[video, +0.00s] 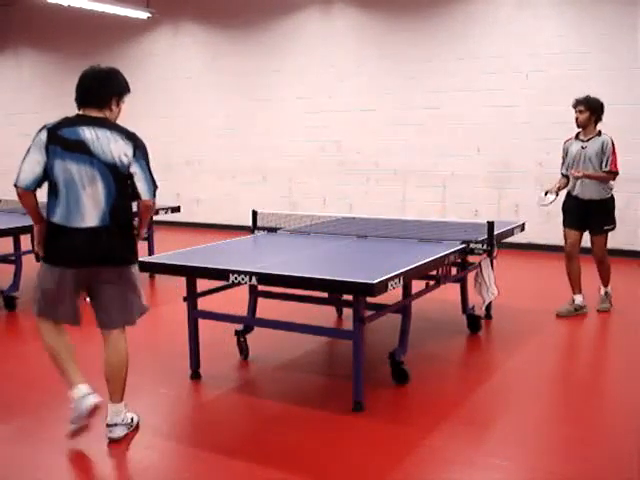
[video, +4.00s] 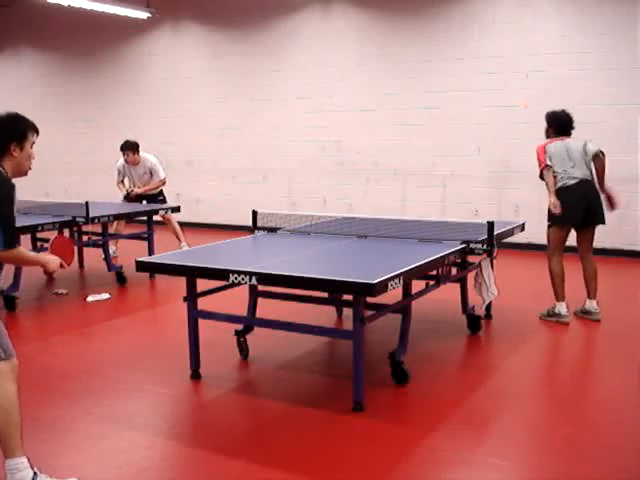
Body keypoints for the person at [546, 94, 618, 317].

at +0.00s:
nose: (576, 116)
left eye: (581, 112)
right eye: (575, 112)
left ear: (594, 115)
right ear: (575, 115)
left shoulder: (605, 142)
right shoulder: (569, 144)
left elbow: (611, 175)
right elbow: (566, 176)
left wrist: (585, 174)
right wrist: (556, 187)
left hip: (599, 202)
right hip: (574, 201)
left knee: (599, 254)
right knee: (570, 250)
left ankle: (605, 292)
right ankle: (577, 299)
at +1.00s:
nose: (588, 125)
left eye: (589, 119)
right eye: (587, 120)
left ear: (601, 116)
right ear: (606, 116)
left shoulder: (611, 137)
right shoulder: (626, 135)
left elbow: (612, 175)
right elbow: (626, 173)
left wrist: (593, 198)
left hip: (619, 201)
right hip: (634, 199)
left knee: (615, 261)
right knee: (630, 258)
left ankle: (621, 317)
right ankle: (634, 310)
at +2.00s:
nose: (565, 126)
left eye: (565, 121)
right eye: (564, 122)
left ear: (572, 120)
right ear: (586, 117)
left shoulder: (577, 139)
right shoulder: (603, 138)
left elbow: (574, 174)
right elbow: (593, 172)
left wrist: (556, 187)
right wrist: (563, 176)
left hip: (591, 198)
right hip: (613, 196)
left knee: (581, 258)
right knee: (600, 254)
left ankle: (584, 314)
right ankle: (603, 304)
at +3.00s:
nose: (538, 148)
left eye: (538, 144)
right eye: (537, 144)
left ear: (544, 143)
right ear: (560, 140)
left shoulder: (549, 159)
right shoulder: (580, 155)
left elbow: (551, 196)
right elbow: (590, 182)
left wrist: (534, 209)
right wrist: (562, 198)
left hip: (578, 206)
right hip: (603, 201)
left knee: (558, 255)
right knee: (583, 254)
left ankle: (561, 308)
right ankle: (592, 305)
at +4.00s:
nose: (545, 130)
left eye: (547, 127)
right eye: (546, 127)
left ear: (551, 130)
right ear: (569, 129)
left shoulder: (544, 148)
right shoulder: (582, 145)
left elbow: (548, 171)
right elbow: (599, 156)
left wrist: (552, 196)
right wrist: (602, 187)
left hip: (564, 195)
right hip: (590, 193)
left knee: (555, 253)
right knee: (586, 252)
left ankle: (560, 306)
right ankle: (592, 303)